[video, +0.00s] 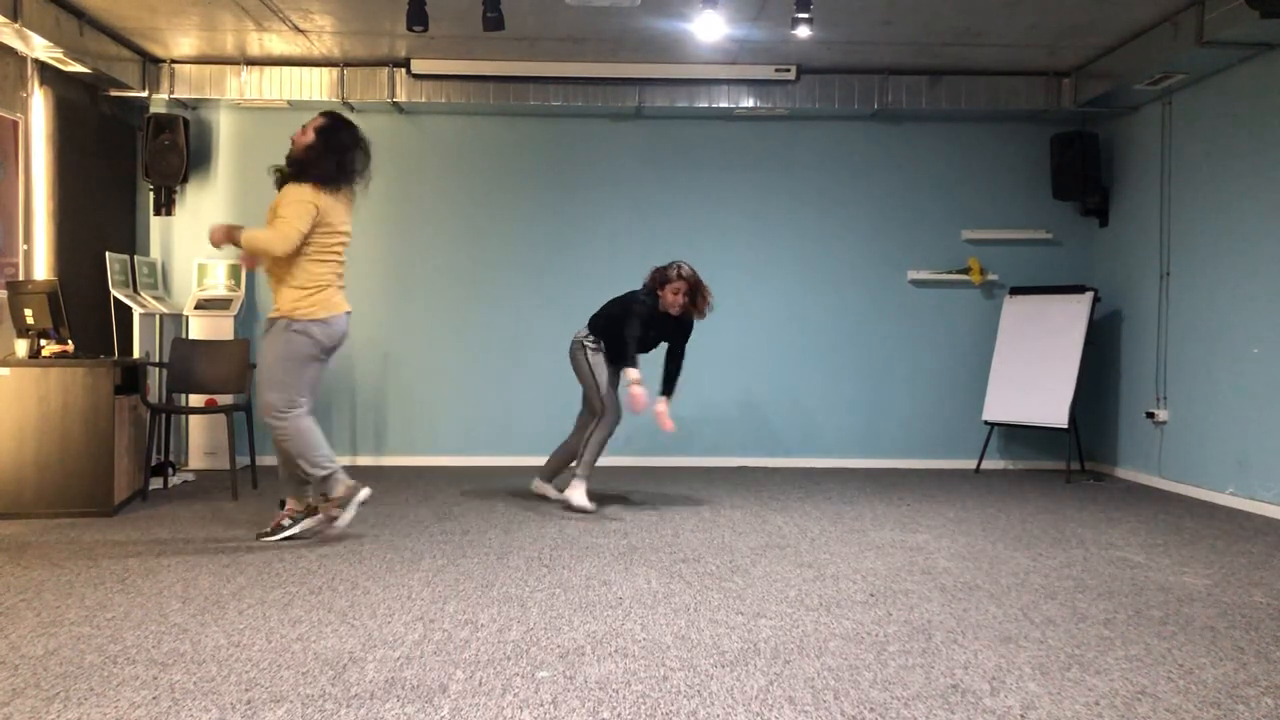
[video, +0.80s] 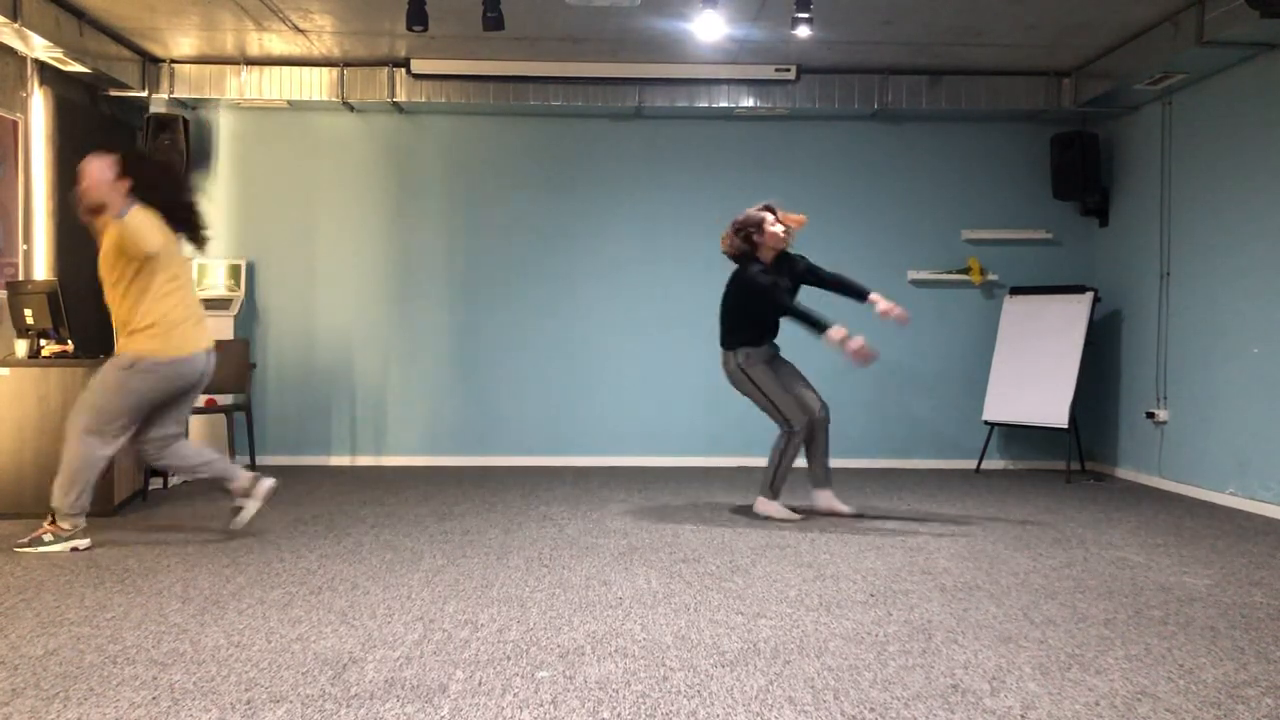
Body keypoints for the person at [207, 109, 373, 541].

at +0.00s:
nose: (298, 133)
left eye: (307, 131)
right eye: (304, 127)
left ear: (321, 149)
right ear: (334, 156)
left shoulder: (303, 193)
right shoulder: (335, 196)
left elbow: (281, 241)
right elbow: (305, 251)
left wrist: (234, 233)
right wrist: (262, 255)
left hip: (301, 319)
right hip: (326, 316)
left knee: (281, 410)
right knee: (289, 409)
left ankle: (338, 488)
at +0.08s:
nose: (292, 137)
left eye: (302, 135)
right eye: (298, 131)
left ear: (317, 153)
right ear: (326, 160)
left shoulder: (299, 201)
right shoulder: (326, 201)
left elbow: (264, 237)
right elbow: (275, 243)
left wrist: (218, 220)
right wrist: (228, 226)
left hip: (284, 326)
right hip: (309, 326)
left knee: (251, 408)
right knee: (282, 412)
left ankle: (310, 488)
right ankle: (300, 507)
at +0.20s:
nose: (285, 133)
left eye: (295, 134)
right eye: (292, 129)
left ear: (305, 156)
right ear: (310, 161)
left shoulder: (285, 195)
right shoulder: (308, 198)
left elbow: (240, 215)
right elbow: (257, 209)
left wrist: (198, 177)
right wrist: (230, 179)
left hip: (251, 321)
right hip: (281, 322)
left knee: (224, 410)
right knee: (261, 409)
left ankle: (261, 501)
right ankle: (288, 495)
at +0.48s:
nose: (247, 131)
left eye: (258, 134)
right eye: (255, 127)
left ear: (264, 158)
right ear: (267, 162)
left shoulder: (238, 191)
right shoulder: (261, 198)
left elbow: (203, 189)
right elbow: (230, 188)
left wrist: (173, 131)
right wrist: (226, 146)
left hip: (206, 315)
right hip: (236, 311)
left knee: (209, 413)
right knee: (238, 406)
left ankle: (254, 504)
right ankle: (275, 490)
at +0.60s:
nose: (210, 128)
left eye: (219, 132)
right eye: (218, 126)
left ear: (225, 158)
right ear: (227, 162)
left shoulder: (205, 192)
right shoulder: (222, 193)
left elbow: (185, 192)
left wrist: (163, 136)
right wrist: (202, 135)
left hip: (192, 321)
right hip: (220, 317)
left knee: (161, 413)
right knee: (230, 416)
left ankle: (225, 488)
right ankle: (282, 496)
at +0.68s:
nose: (170, 141)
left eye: (179, 140)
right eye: (176, 135)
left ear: (194, 159)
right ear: (195, 162)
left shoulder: (187, 197)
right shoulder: (181, 192)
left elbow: (180, 204)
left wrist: (152, 144)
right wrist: (169, 132)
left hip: (185, 330)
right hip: (211, 327)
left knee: (121, 404)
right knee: (222, 423)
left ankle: (177, 488)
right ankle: (284, 496)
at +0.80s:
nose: (80, 185)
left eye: (89, 177)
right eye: (82, 178)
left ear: (121, 184)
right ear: (115, 187)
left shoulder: (137, 220)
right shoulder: (116, 227)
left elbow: (151, 244)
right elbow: (112, 239)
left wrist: (121, 205)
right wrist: (93, 215)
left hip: (155, 354)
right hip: (190, 355)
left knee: (89, 426)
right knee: (159, 445)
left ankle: (66, 523)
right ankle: (247, 484)